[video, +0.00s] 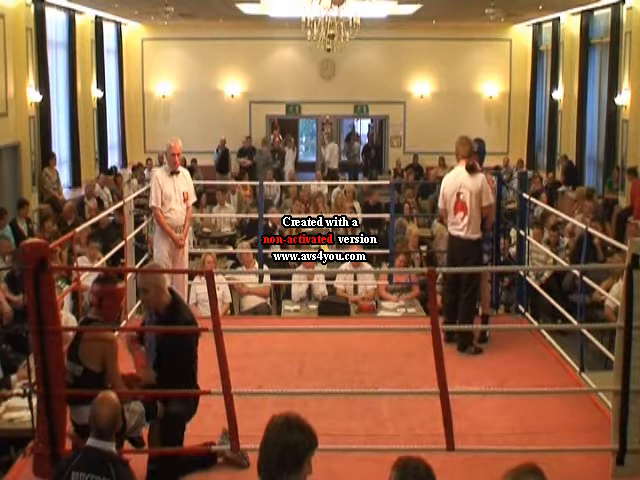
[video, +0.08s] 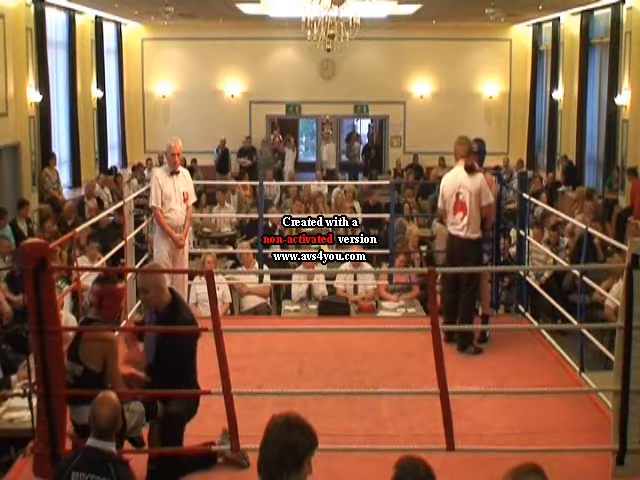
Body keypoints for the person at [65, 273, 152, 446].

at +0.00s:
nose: (122, 305)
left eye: (121, 299)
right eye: (118, 300)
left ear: (95, 300)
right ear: (101, 301)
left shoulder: (85, 326)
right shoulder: (106, 338)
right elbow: (117, 390)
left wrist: (124, 381)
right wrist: (139, 394)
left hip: (77, 410)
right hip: (94, 414)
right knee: (151, 407)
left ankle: (132, 429)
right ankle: (131, 430)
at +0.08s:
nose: (122, 304)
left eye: (122, 299)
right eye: (118, 299)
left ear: (95, 300)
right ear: (100, 301)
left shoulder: (85, 325)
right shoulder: (107, 337)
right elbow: (118, 391)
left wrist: (129, 378)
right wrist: (139, 395)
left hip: (77, 410)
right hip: (94, 415)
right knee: (152, 407)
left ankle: (132, 429)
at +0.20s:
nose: (121, 305)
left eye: (122, 299)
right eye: (117, 300)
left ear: (97, 300)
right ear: (100, 301)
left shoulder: (85, 324)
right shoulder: (106, 336)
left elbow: (102, 377)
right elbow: (119, 391)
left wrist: (129, 381)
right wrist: (140, 395)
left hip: (77, 408)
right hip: (92, 414)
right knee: (153, 407)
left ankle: (133, 429)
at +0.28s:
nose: (121, 304)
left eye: (121, 298)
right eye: (117, 299)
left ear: (96, 300)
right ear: (100, 300)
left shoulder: (86, 324)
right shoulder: (107, 335)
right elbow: (117, 390)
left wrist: (128, 381)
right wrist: (139, 395)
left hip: (77, 409)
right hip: (94, 414)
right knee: (153, 407)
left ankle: (132, 428)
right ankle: (130, 429)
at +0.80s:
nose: (127, 303)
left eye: (126, 298)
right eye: (124, 298)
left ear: (101, 301)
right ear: (115, 303)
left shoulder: (90, 323)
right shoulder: (109, 338)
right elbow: (119, 393)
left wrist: (129, 382)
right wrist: (143, 391)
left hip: (77, 408)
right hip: (93, 414)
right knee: (153, 407)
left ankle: (133, 429)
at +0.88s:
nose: (128, 305)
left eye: (127, 299)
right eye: (124, 300)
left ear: (101, 301)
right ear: (113, 302)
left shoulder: (89, 324)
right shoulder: (110, 338)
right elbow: (120, 393)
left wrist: (129, 382)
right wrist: (143, 392)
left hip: (77, 407)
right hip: (94, 413)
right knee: (153, 407)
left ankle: (133, 429)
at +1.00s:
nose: (126, 302)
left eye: (125, 297)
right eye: (123, 297)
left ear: (100, 299)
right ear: (115, 301)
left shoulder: (88, 323)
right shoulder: (111, 336)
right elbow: (120, 393)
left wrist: (129, 382)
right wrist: (143, 392)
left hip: (77, 407)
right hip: (93, 413)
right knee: (153, 407)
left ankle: (133, 429)